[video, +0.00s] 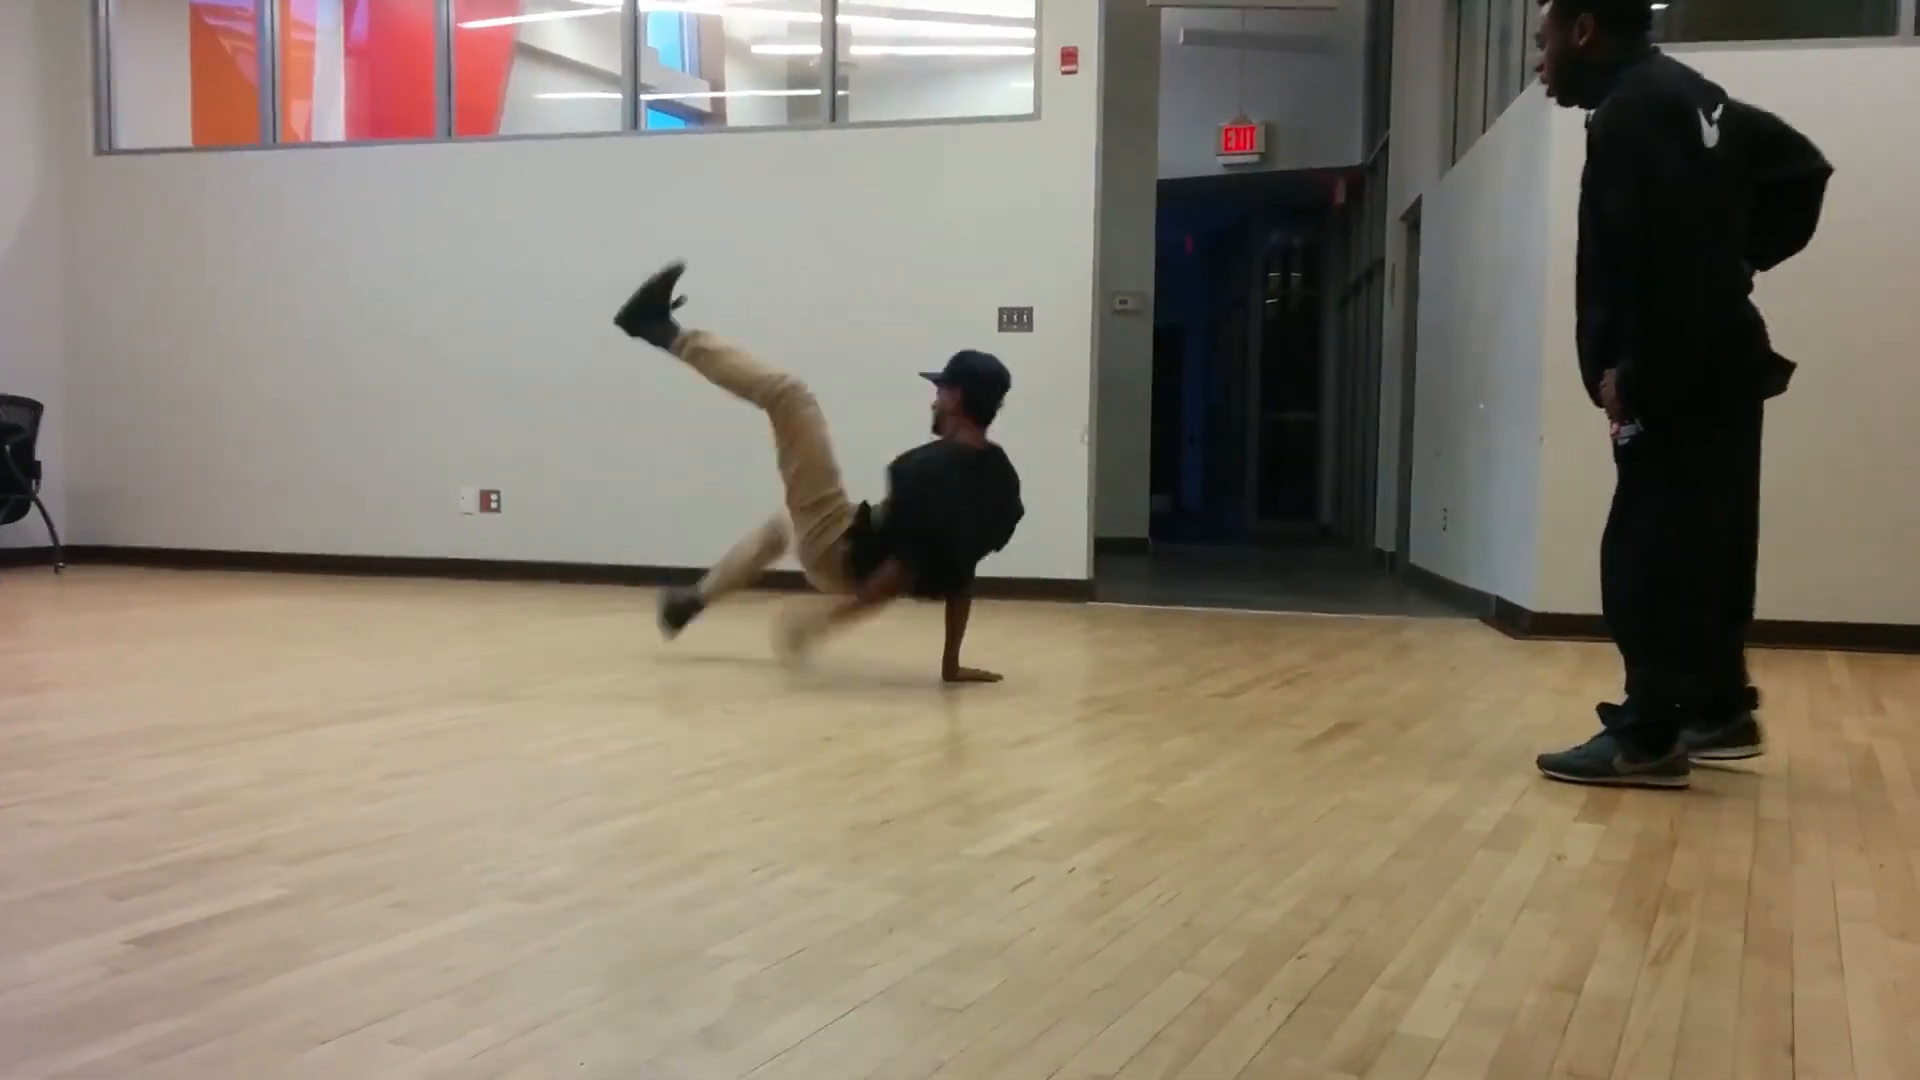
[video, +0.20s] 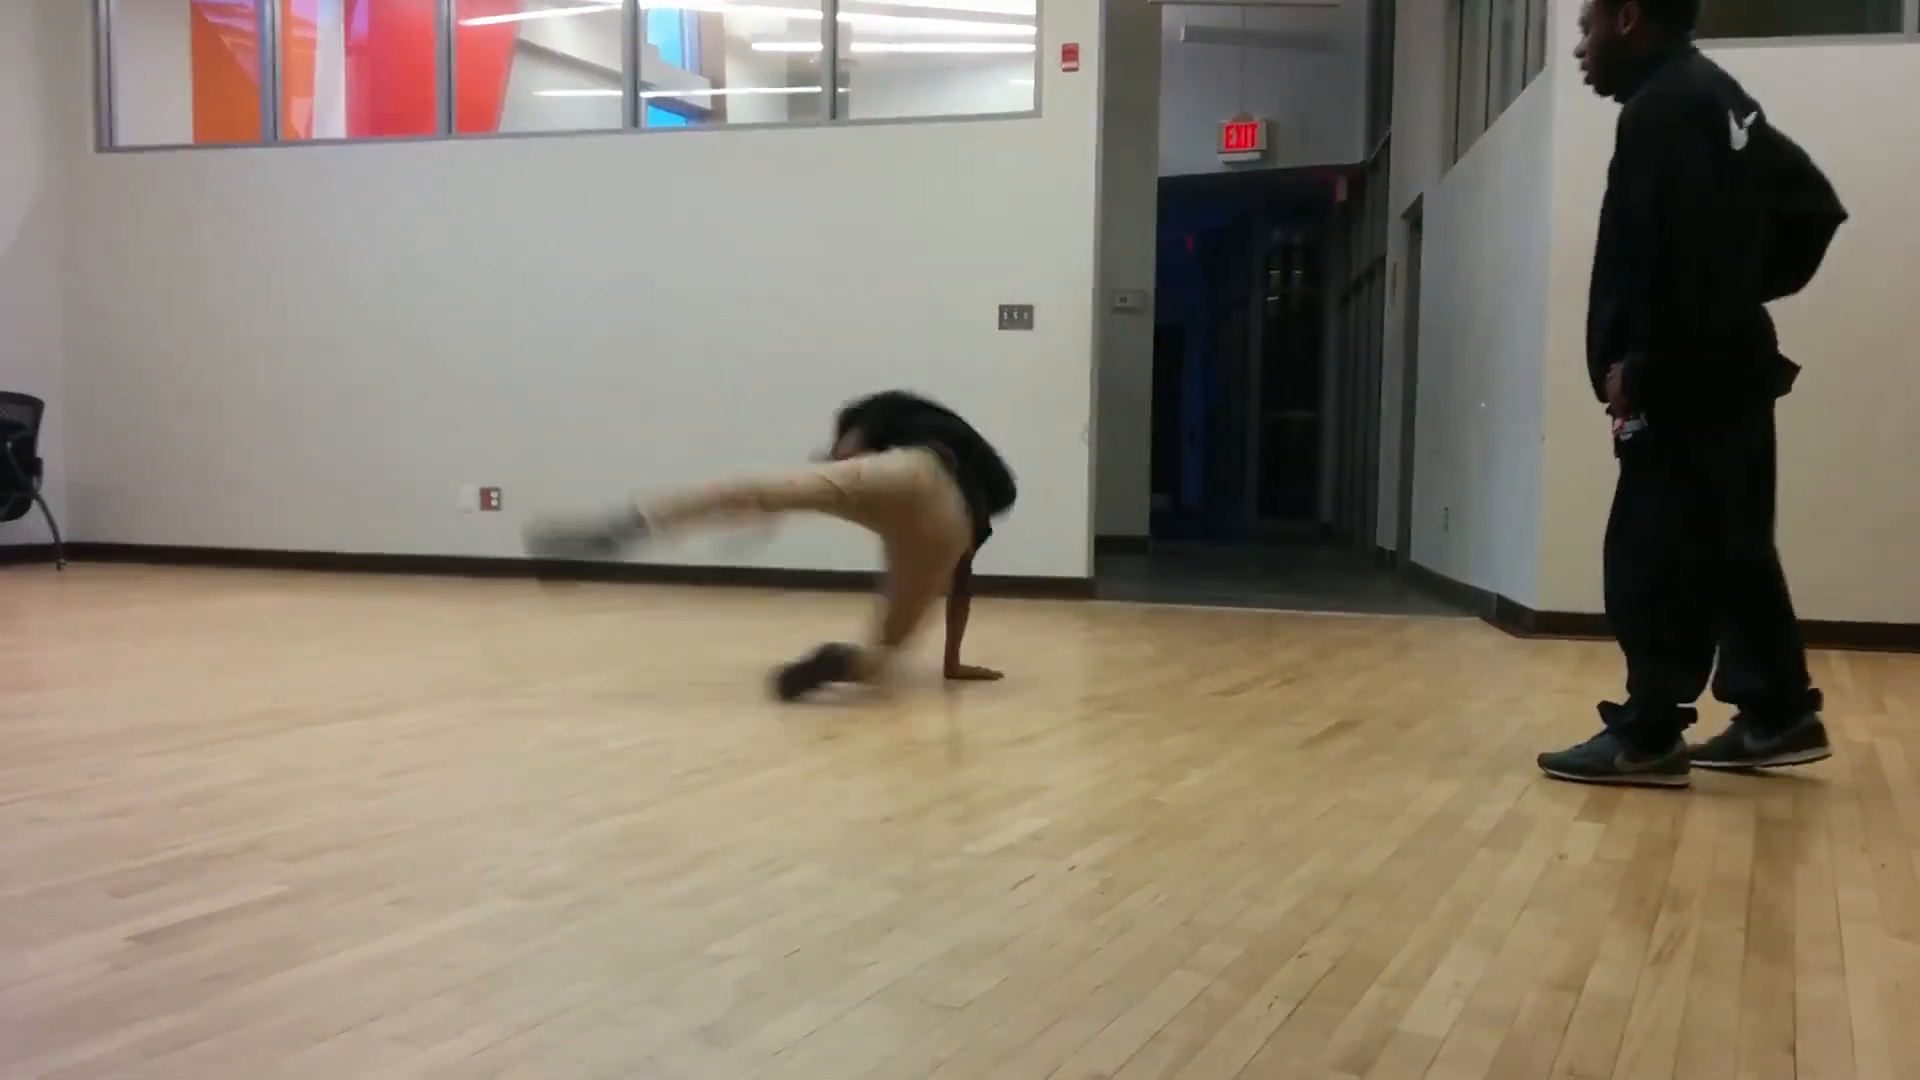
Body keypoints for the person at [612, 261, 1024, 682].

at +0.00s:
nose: (934, 397)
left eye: (941, 390)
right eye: (939, 388)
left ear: (959, 401)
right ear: (981, 406)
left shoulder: (928, 468)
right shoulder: (1000, 479)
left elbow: (899, 571)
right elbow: (960, 578)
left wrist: (816, 623)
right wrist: (951, 665)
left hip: (840, 561)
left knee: (789, 397)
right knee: (787, 526)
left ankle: (660, 328)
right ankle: (690, 600)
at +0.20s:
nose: (841, 458)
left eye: (847, 446)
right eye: (840, 450)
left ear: (868, 427)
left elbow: (832, 479)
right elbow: (959, 583)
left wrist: (757, 511)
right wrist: (953, 664)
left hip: (913, 472)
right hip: (949, 523)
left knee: (770, 491)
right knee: (887, 648)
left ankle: (624, 526)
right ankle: (835, 664)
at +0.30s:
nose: (895, 544)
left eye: (895, 544)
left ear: (888, 536)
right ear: (925, 534)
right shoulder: (954, 508)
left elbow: (856, 580)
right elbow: (958, 578)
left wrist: (847, 668)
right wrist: (954, 664)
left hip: (869, 453)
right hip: (934, 451)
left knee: (802, 589)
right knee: (1033, 566)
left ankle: (735, 627)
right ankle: (979, 600)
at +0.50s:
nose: (944, 509)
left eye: (946, 502)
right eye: (940, 499)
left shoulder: (839, 564)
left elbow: (863, 600)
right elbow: (924, 583)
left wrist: (852, 670)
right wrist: (954, 659)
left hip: (854, 562)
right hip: (863, 504)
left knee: (993, 611)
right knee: (976, 444)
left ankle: (1059, 646)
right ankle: (1021, 429)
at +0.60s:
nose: (744, 607)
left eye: (739, 602)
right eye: (737, 600)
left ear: (736, 595)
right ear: (744, 560)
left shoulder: (769, 592)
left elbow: (857, 579)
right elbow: (895, 566)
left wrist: (852, 666)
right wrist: (938, 651)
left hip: (866, 557)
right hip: (855, 497)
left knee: (996, 554)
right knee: (999, 431)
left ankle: (1106, 564)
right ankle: (962, 470)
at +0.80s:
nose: (731, 650)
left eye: (724, 648)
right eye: (723, 644)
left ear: (731, 644)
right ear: (724, 619)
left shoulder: (767, 621)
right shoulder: (748, 544)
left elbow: (852, 587)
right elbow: (858, 578)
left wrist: (856, 660)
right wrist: (874, 639)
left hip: (865, 545)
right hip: (856, 483)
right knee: (960, 498)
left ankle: (964, 466)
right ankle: (1022, 507)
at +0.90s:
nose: (727, 652)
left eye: (719, 651)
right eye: (721, 649)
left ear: (721, 640)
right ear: (716, 630)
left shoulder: (739, 595)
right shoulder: (739, 545)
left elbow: (840, 583)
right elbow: (844, 578)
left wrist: (849, 655)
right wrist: (861, 638)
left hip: (856, 528)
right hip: (855, 473)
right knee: (937, 535)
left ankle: (931, 476)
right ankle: (1054, 517)